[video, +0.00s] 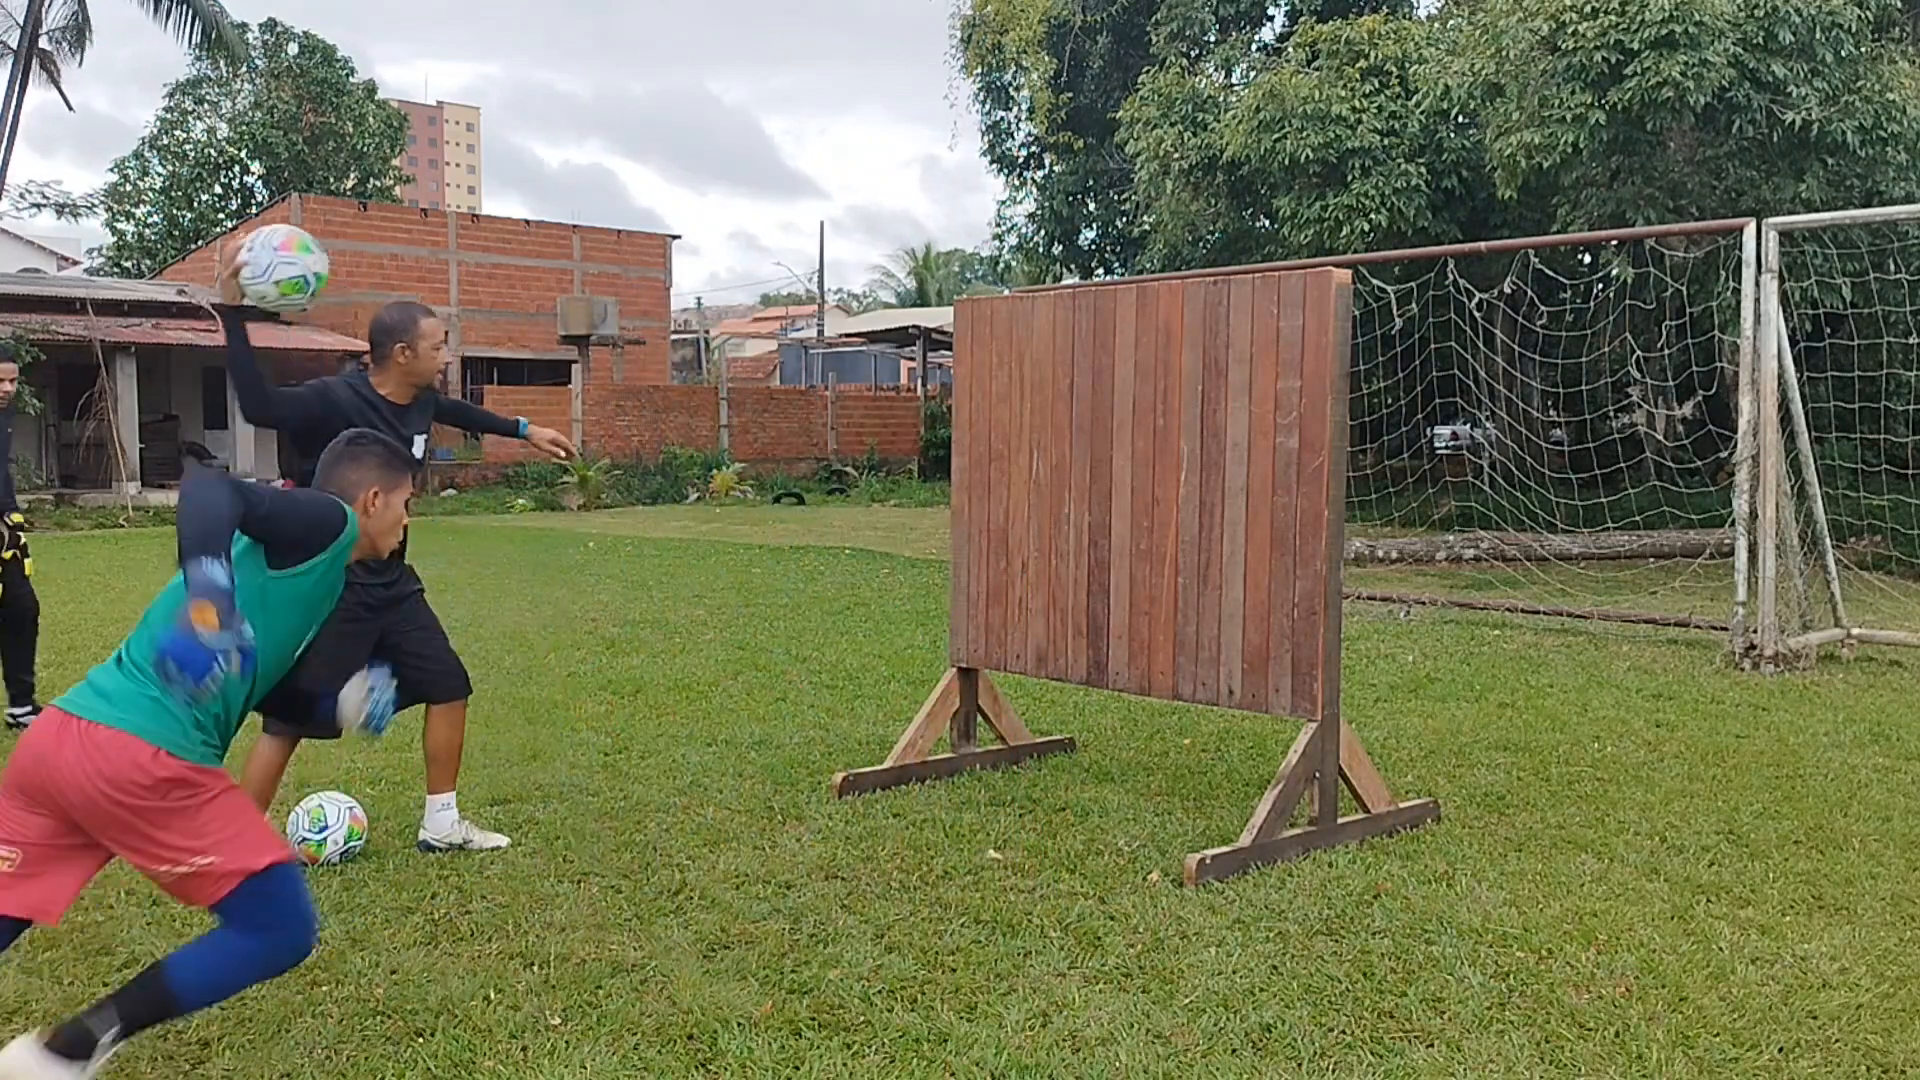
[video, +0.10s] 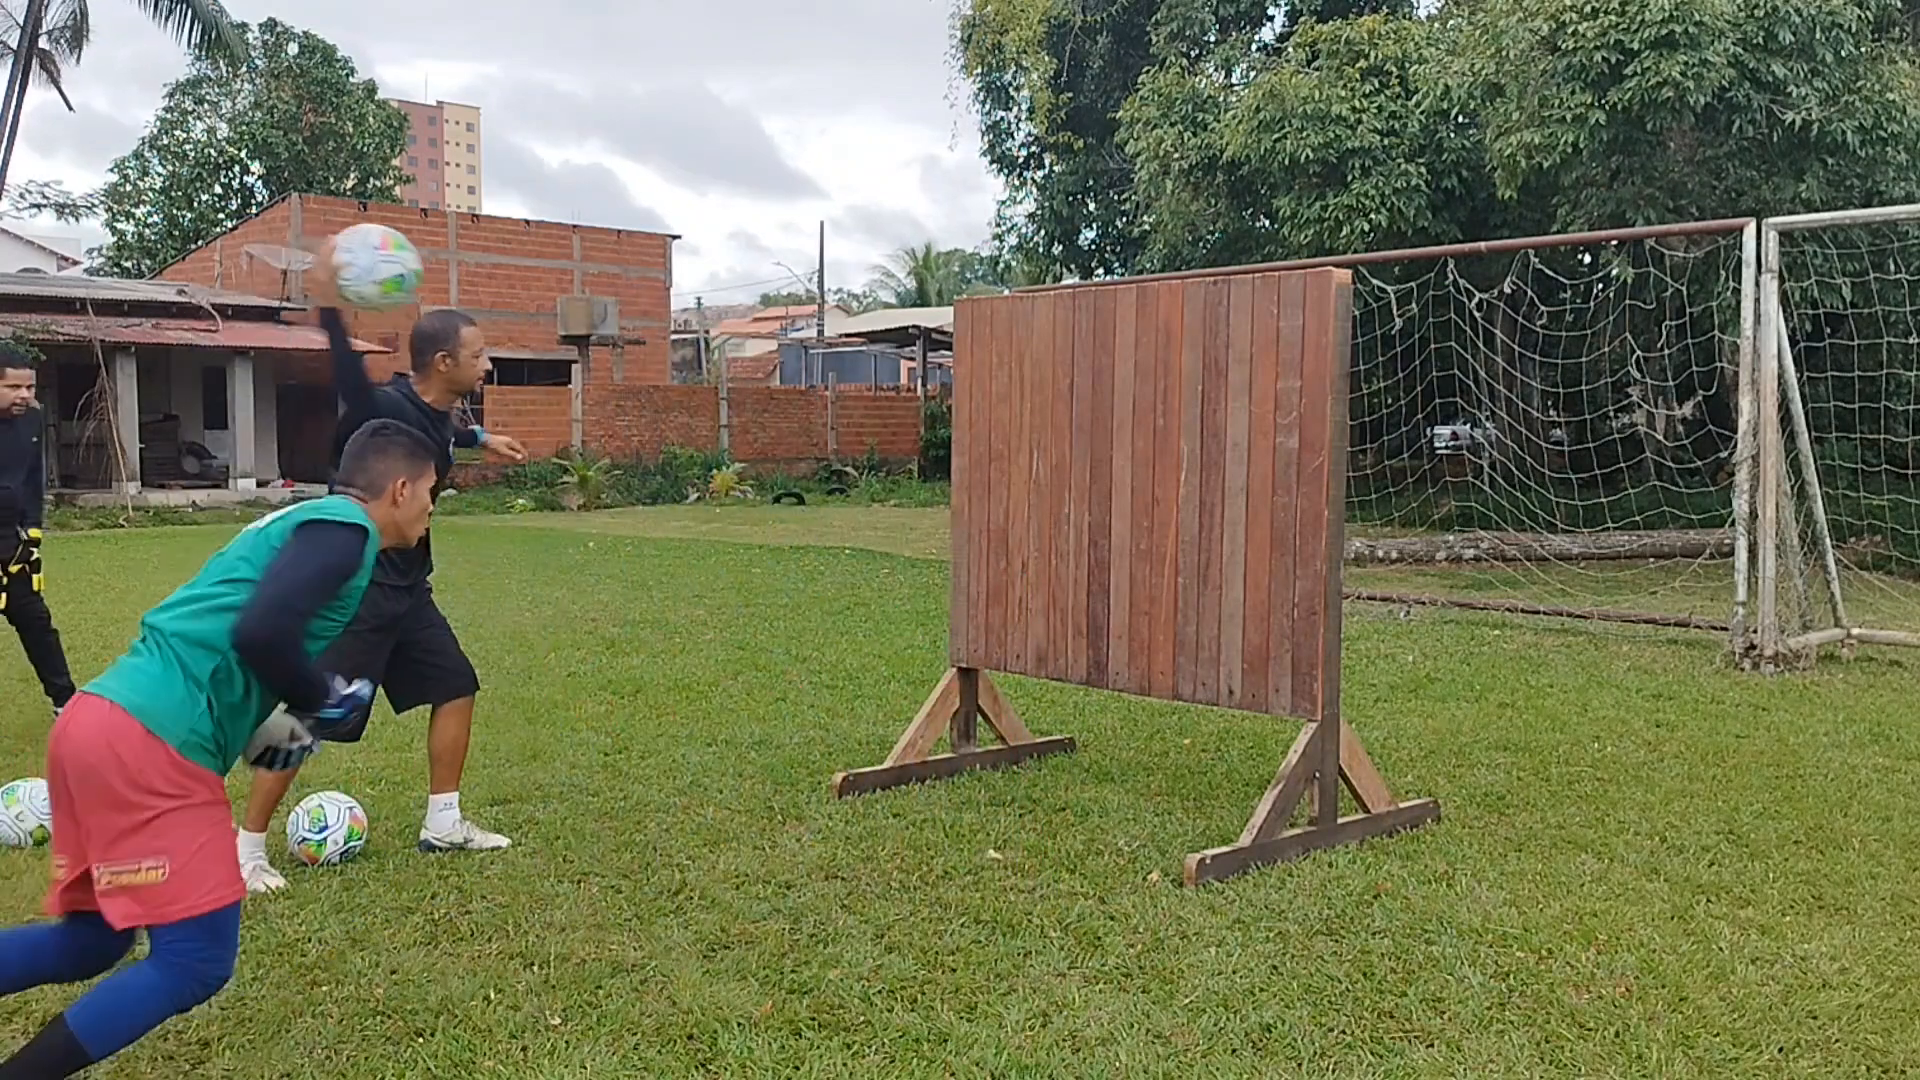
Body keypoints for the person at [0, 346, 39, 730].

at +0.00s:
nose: (8, 387)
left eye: (12, 381)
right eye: (3, 380)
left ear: (18, 383)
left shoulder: (8, 421)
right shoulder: (4, 422)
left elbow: (7, 473)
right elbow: (6, 474)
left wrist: (13, 516)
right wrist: (10, 519)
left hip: (7, 528)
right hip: (3, 528)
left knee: (23, 607)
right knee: (21, 608)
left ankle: (21, 703)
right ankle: (20, 704)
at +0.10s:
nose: (24, 396)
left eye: (29, 387)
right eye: (15, 387)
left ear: (35, 387)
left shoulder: (31, 417)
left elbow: (33, 477)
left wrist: (32, 531)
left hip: (12, 541)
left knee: (33, 618)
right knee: (29, 618)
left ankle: (65, 700)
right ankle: (64, 699)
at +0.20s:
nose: (45, 405)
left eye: (50, 396)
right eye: (35, 396)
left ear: (56, 395)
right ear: (8, 398)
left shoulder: (57, 430)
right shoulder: (1, 433)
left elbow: (57, 492)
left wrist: (53, 548)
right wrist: (1, 564)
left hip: (24, 547)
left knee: (52, 625)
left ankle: (67, 709)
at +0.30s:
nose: (66, 414)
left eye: (71, 405)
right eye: (57, 405)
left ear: (76, 405)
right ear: (29, 402)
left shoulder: (74, 437)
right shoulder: (5, 434)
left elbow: (72, 495)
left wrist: (65, 551)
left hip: (29, 538)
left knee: (59, 616)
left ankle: (67, 709)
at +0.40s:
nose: (80, 422)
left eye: (85, 413)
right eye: (71, 412)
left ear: (89, 413)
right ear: (43, 410)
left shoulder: (83, 442)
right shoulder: (9, 444)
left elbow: (77, 498)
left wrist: (68, 552)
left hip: (30, 538)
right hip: (0, 540)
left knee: (60, 616)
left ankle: (68, 709)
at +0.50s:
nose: (88, 435)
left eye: (93, 426)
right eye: (79, 425)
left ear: (99, 425)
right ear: (51, 421)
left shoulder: (90, 451)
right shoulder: (15, 453)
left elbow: (82, 507)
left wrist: (67, 560)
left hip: (30, 540)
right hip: (5, 541)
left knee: (61, 616)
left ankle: (68, 710)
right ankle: (67, 709)